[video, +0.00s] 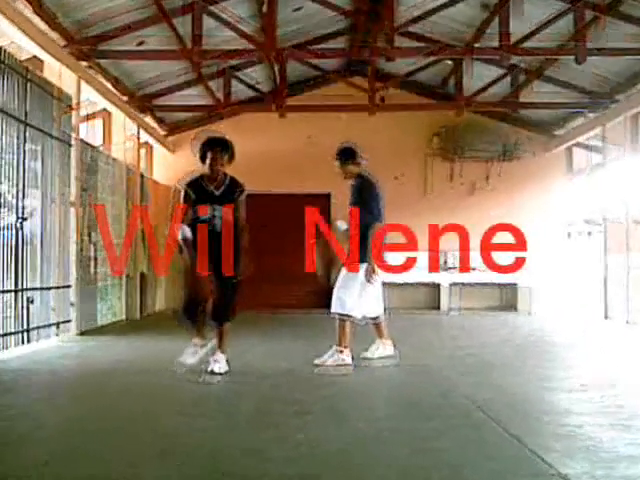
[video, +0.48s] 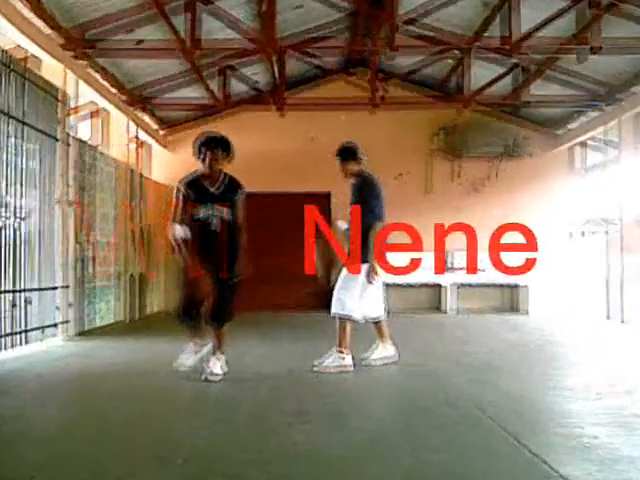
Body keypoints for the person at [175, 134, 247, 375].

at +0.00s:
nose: (216, 163)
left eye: (221, 158)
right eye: (212, 157)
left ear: (227, 160)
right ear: (205, 159)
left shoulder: (236, 189)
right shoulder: (193, 187)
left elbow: (242, 225)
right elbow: (184, 222)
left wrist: (242, 259)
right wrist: (184, 245)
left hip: (226, 255)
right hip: (199, 254)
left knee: (223, 304)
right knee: (196, 298)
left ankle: (220, 351)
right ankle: (199, 340)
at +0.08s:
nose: (216, 168)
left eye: (221, 163)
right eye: (212, 162)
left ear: (228, 162)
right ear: (204, 162)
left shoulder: (236, 189)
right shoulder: (192, 187)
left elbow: (241, 226)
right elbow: (183, 221)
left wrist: (242, 259)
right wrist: (182, 234)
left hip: (226, 257)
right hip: (198, 256)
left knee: (223, 306)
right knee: (193, 302)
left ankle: (219, 353)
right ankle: (198, 340)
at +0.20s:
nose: (214, 167)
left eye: (219, 162)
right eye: (209, 162)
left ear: (226, 161)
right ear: (202, 161)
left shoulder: (235, 188)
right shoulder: (190, 187)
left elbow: (241, 226)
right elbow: (181, 223)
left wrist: (241, 260)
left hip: (225, 260)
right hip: (197, 259)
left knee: (221, 308)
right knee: (192, 304)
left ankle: (218, 354)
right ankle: (197, 341)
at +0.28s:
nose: (212, 167)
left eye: (218, 161)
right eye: (208, 161)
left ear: (225, 161)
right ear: (200, 160)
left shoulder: (235, 189)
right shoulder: (189, 187)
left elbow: (241, 227)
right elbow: (179, 224)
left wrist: (243, 260)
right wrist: (184, 252)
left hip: (226, 260)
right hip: (196, 260)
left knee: (221, 309)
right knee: (190, 305)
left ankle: (217, 354)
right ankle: (197, 342)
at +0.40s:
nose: (212, 166)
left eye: (217, 160)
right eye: (207, 160)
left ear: (225, 161)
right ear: (200, 159)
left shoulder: (235, 189)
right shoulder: (187, 187)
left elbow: (241, 227)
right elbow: (177, 224)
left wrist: (243, 260)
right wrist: (178, 229)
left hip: (227, 261)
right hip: (196, 260)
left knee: (220, 311)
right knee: (190, 306)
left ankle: (218, 354)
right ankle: (197, 341)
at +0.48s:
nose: (212, 164)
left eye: (217, 158)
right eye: (207, 158)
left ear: (225, 159)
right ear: (199, 158)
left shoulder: (234, 189)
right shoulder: (187, 187)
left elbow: (241, 228)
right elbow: (177, 225)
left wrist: (241, 261)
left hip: (226, 260)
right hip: (195, 259)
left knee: (220, 309)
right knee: (190, 303)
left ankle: (217, 354)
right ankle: (197, 340)